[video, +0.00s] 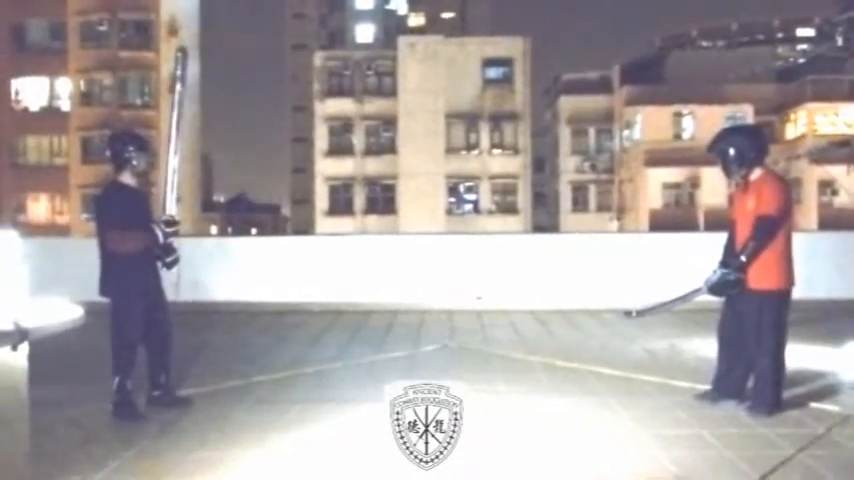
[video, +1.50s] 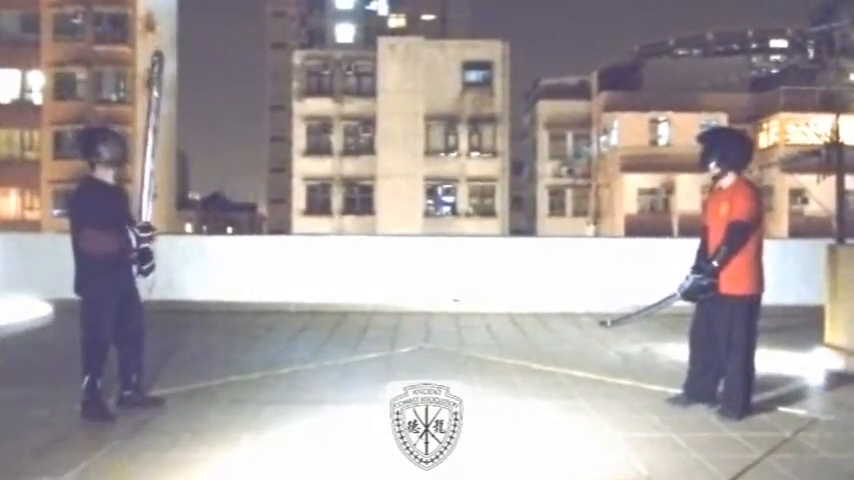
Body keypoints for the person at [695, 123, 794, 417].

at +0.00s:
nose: (724, 165)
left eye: (727, 157)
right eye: (722, 158)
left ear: (743, 155)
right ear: (739, 157)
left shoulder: (772, 185)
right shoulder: (739, 190)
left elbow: (766, 229)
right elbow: (735, 233)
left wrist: (739, 264)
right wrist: (725, 265)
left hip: (769, 280)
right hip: (743, 278)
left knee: (766, 341)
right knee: (732, 335)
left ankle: (765, 398)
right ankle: (727, 387)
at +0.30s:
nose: (720, 164)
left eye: (723, 156)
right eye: (719, 157)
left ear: (740, 153)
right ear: (735, 155)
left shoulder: (767, 183)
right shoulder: (736, 188)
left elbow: (762, 227)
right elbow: (731, 231)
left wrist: (735, 263)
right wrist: (722, 264)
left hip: (766, 277)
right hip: (740, 276)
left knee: (763, 339)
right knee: (730, 332)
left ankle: (762, 396)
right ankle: (725, 384)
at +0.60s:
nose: (715, 164)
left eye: (718, 156)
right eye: (714, 157)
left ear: (734, 153)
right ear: (733, 155)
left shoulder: (764, 183)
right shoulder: (731, 188)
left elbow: (757, 228)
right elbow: (727, 230)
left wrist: (731, 262)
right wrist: (718, 263)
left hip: (762, 277)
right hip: (736, 276)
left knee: (759, 337)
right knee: (726, 332)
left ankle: (759, 393)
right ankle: (721, 383)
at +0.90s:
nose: (712, 165)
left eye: (714, 158)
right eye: (711, 159)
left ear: (730, 155)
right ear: (728, 156)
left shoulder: (760, 185)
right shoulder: (727, 189)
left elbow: (753, 228)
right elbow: (722, 231)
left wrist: (727, 263)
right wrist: (714, 264)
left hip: (757, 278)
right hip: (731, 276)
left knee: (754, 338)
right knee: (721, 332)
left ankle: (754, 395)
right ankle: (717, 384)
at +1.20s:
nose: (703, 156)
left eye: (708, 150)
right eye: (704, 150)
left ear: (723, 152)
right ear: (720, 154)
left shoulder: (747, 187)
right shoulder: (715, 187)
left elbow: (740, 230)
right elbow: (710, 230)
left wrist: (715, 265)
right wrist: (701, 264)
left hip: (744, 278)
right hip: (719, 276)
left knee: (742, 340)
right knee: (709, 333)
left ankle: (742, 396)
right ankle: (705, 384)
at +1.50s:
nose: (707, 162)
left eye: (712, 156)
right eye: (707, 156)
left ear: (726, 158)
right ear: (717, 160)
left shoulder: (745, 193)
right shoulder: (714, 195)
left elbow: (736, 237)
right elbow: (707, 237)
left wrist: (710, 271)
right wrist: (698, 270)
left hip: (740, 284)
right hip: (715, 282)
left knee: (736, 345)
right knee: (704, 339)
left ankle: (735, 401)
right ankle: (699, 389)